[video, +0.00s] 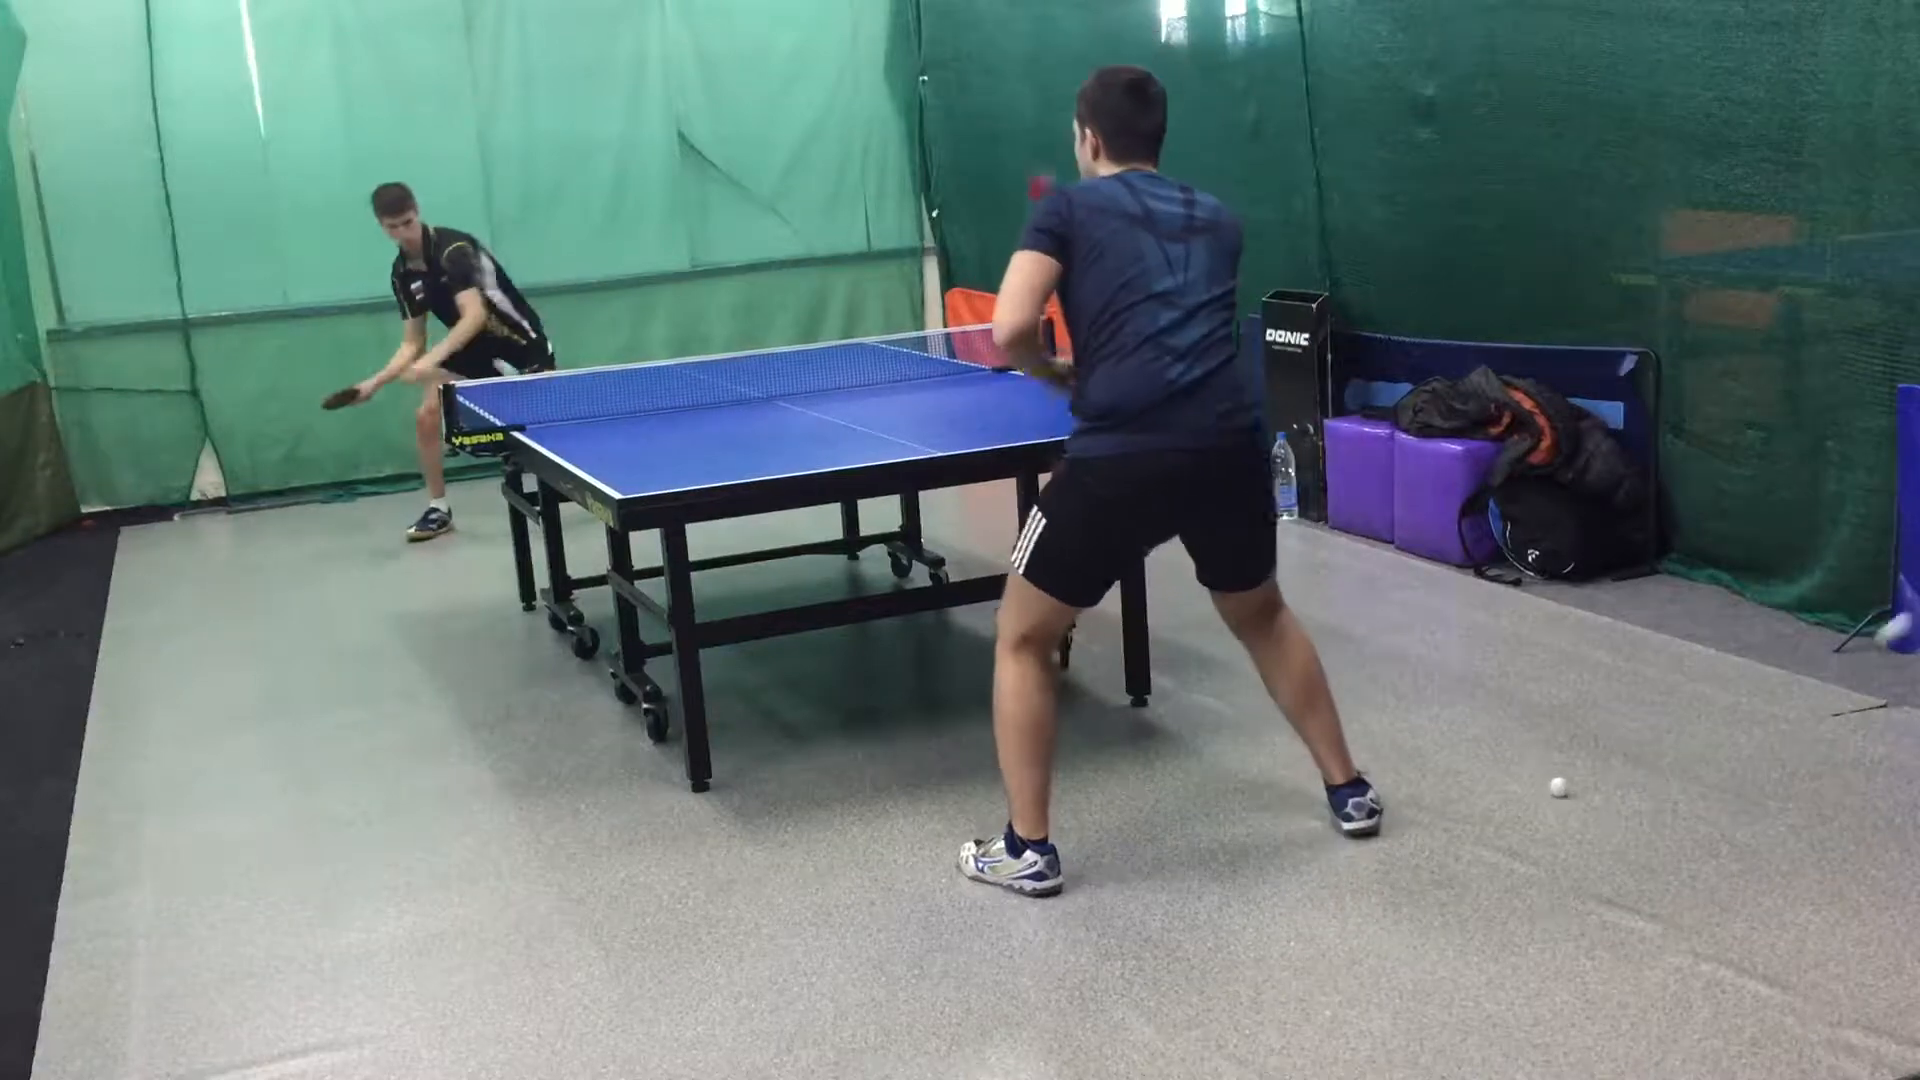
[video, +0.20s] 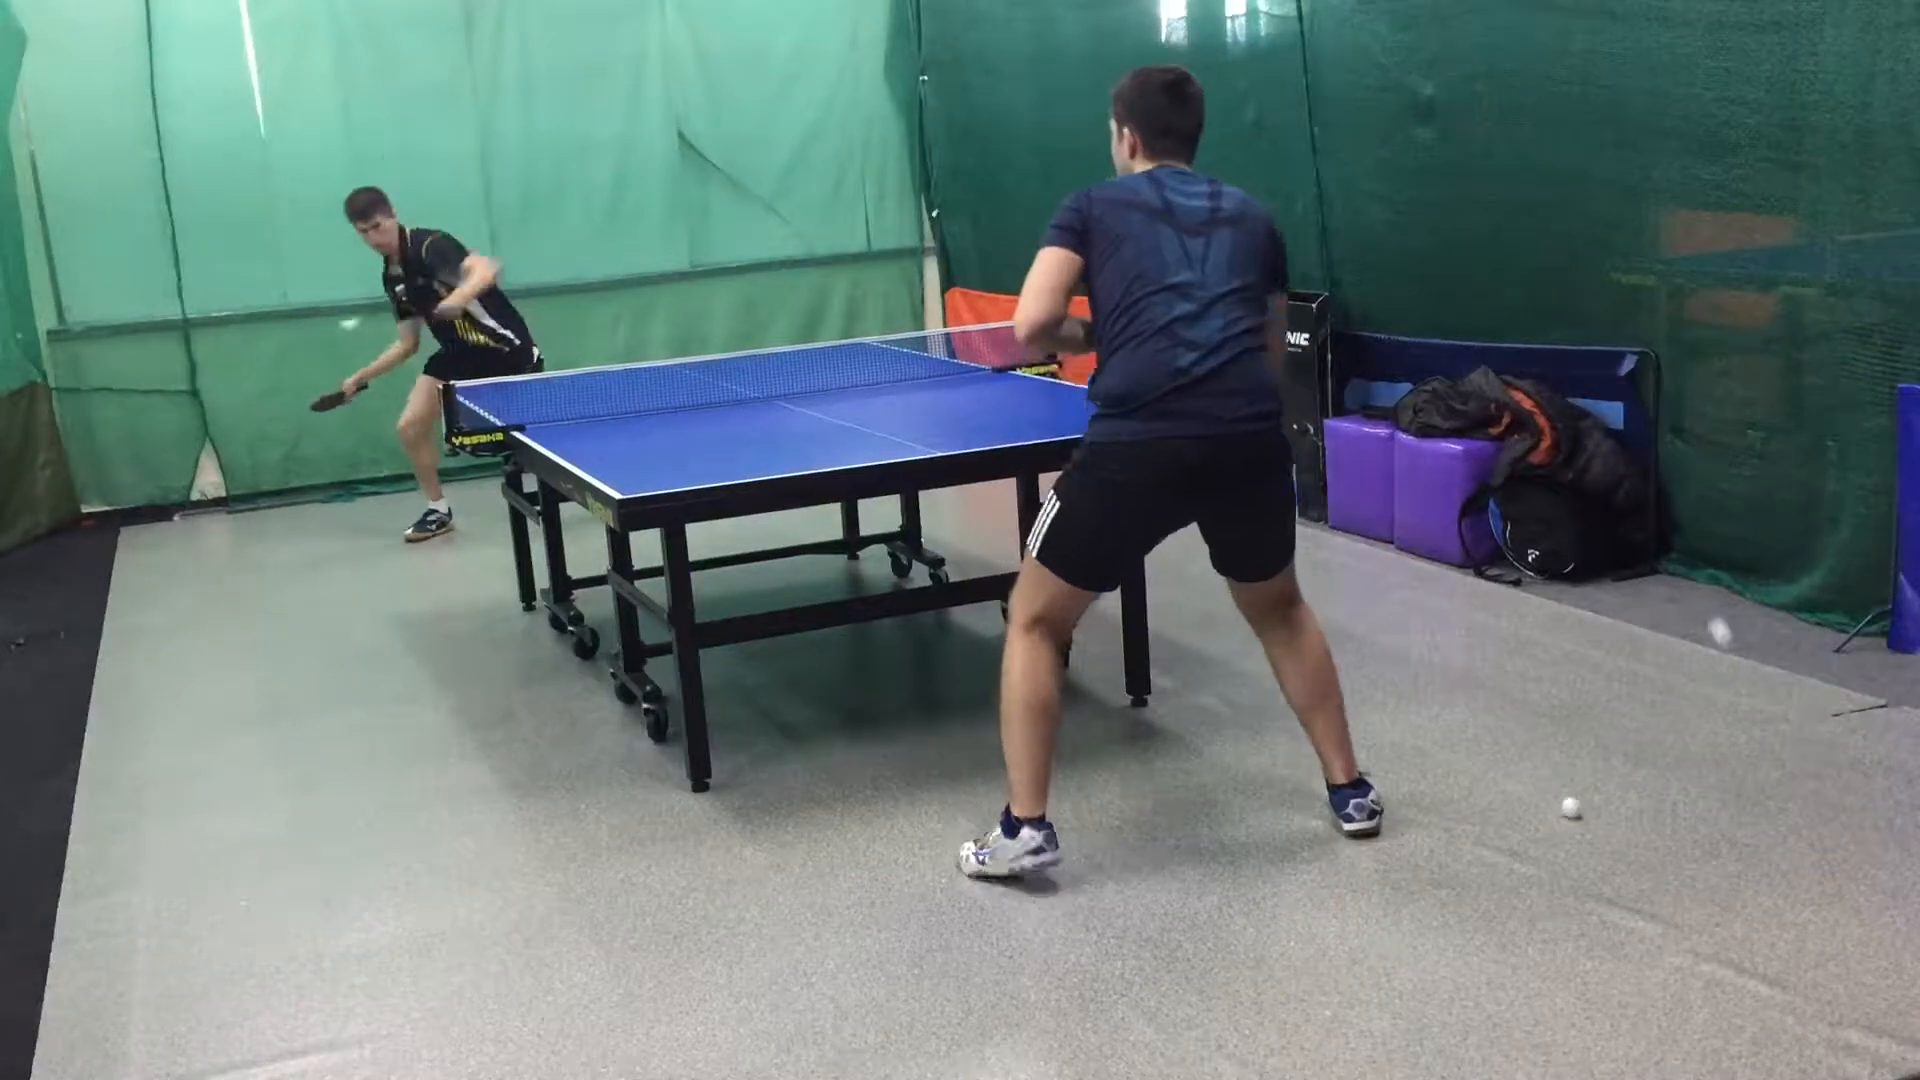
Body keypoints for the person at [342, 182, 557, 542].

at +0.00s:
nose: (402, 234)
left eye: (408, 223)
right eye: (393, 228)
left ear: (419, 213)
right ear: (382, 227)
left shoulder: (454, 250)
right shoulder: (403, 272)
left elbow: (475, 316)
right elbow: (412, 343)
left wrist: (430, 361)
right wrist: (374, 383)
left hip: (523, 345)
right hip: (474, 349)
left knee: (544, 422)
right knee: (427, 415)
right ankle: (438, 508)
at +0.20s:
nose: (375, 238)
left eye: (378, 226)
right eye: (365, 232)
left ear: (393, 216)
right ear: (359, 233)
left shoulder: (431, 245)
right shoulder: (393, 276)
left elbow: (485, 270)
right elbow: (407, 343)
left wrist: (456, 299)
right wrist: (361, 378)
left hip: (510, 351)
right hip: (460, 354)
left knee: (529, 430)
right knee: (411, 427)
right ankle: (438, 508)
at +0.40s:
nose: (396, 192)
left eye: (400, 182)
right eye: (388, 187)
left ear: (416, 177)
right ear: (382, 193)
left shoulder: (461, 208)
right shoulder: (390, 230)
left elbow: (527, 228)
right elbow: (410, 253)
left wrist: (547, 216)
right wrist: (443, 205)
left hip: (497, 335)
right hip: (444, 351)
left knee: (552, 395)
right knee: (426, 440)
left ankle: (552, 475)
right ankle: (428, 506)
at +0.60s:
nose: (438, 192)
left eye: (443, 183)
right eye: (428, 187)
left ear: (452, 181)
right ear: (414, 192)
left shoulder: (481, 221)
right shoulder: (415, 242)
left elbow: (543, 253)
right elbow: (429, 301)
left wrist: (577, 248)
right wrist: (460, 250)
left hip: (494, 343)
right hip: (445, 356)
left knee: (560, 393)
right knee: (430, 449)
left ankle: (529, 476)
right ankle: (404, 514)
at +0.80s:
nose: (419, 197)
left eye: (422, 187)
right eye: (408, 190)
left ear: (430, 182)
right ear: (393, 193)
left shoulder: (465, 221)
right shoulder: (392, 245)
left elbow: (512, 270)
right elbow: (392, 298)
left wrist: (526, 310)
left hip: (494, 323)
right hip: (443, 332)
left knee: (543, 396)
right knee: (411, 424)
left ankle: (528, 476)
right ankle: (417, 512)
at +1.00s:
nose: (375, 240)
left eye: (380, 229)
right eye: (364, 234)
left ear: (390, 219)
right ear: (352, 233)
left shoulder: (418, 256)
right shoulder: (376, 273)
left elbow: (439, 324)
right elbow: (388, 344)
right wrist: (336, 385)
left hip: (501, 350)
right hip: (451, 351)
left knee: (530, 431)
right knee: (395, 425)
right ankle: (416, 513)